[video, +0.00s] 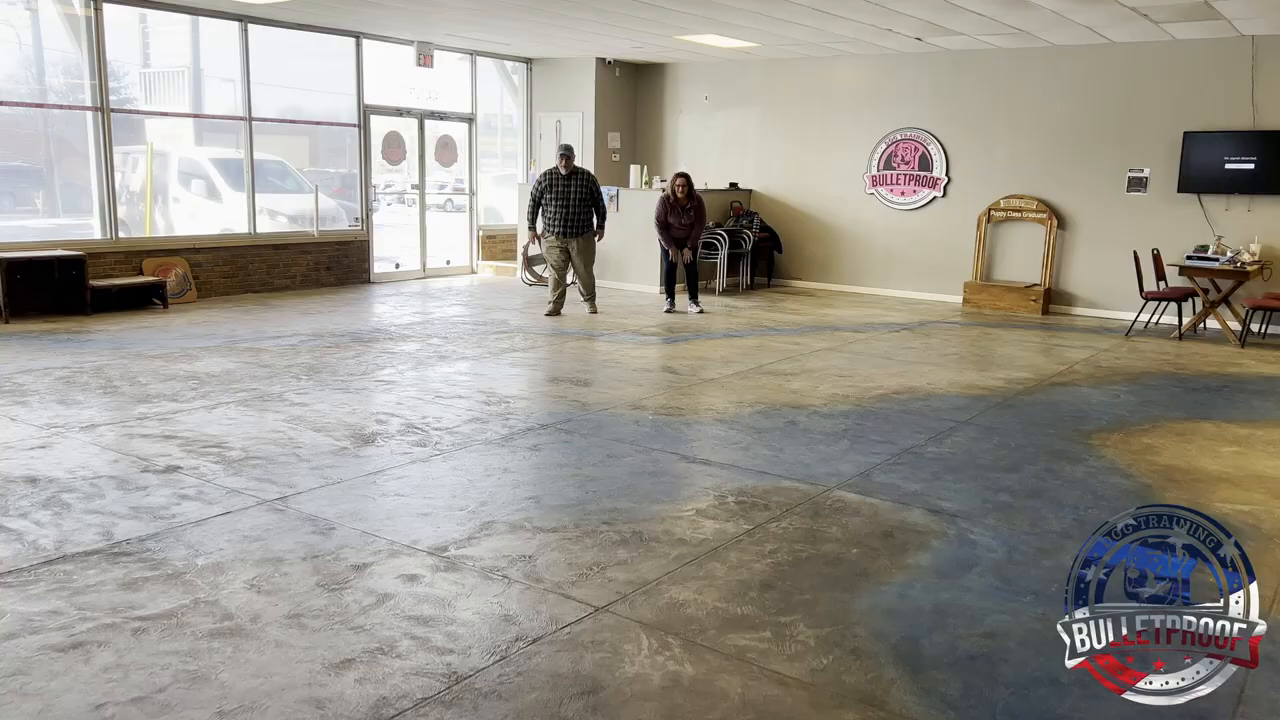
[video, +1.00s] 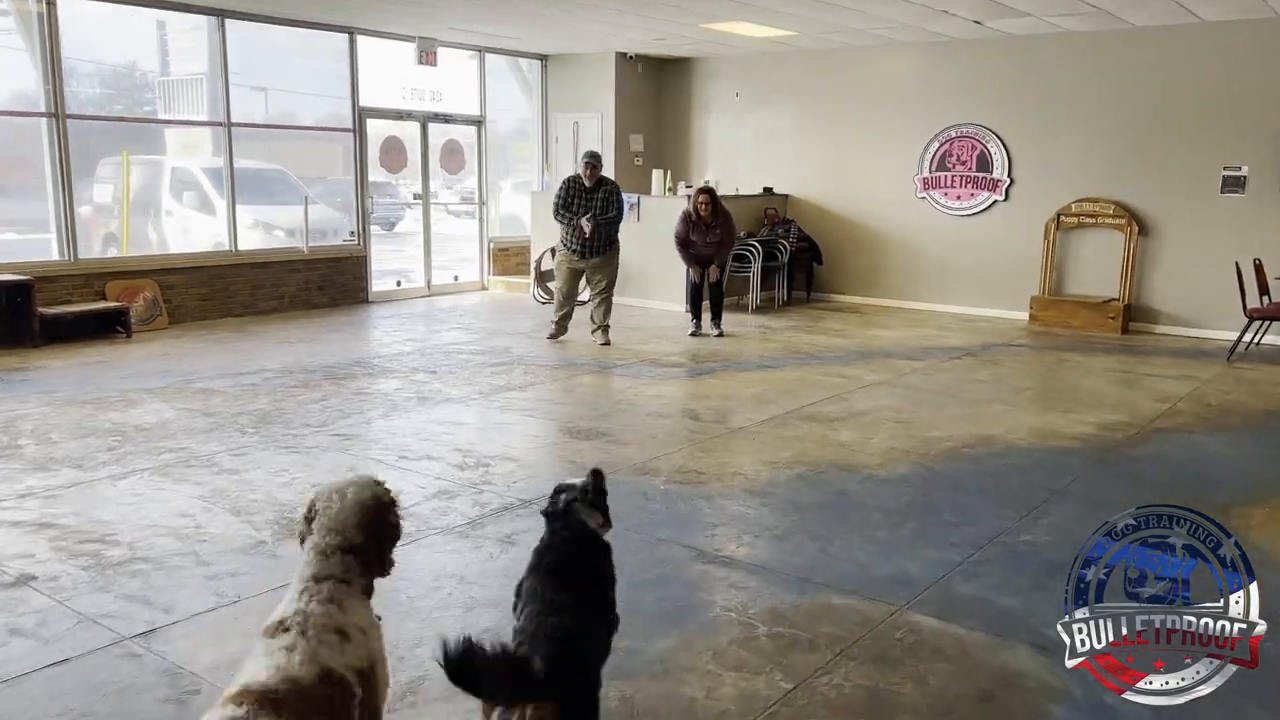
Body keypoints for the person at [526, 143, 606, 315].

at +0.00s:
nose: (564, 161)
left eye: (567, 158)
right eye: (561, 158)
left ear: (574, 159)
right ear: (556, 159)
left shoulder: (587, 178)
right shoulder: (546, 178)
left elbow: (599, 203)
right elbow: (533, 202)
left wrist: (600, 225)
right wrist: (531, 228)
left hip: (582, 236)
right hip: (553, 236)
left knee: (585, 272)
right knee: (555, 273)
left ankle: (590, 302)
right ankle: (554, 305)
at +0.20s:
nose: (567, 166)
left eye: (570, 162)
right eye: (563, 162)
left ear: (576, 163)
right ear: (559, 163)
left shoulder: (590, 182)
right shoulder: (548, 183)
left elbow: (605, 206)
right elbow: (534, 208)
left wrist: (608, 228)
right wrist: (529, 232)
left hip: (589, 242)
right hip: (559, 243)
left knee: (593, 278)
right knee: (563, 281)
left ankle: (595, 303)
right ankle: (563, 313)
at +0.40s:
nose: (572, 169)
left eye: (576, 165)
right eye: (570, 165)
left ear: (583, 167)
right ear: (565, 166)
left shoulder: (596, 185)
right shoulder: (554, 186)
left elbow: (609, 206)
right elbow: (543, 209)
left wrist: (610, 226)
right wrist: (541, 228)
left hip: (593, 245)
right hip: (564, 247)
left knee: (598, 283)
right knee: (568, 285)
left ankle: (602, 318)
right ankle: (568, 318)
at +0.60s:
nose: (582, 172)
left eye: (586, 169)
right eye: (579, 168)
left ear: (592, 171)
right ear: (575, 169)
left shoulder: (603, 190)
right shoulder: (564, 188)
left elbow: (607, 217)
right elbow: (553, 214)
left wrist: (587, 224)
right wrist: (570, 224)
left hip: (596, 251)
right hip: (568, 251)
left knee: (599, 290)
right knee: (570, 291)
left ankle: (603, 325)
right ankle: (570, 323)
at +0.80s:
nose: (588, 172)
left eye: (593, 168)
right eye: (585, 167)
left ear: (599, 170)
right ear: (580, 168)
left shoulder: (610, 190)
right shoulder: (569, 186)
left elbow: (613, 219)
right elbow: (557, 212)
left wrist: (593, 225)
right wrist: (575, 223)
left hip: (601, 252)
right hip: (571, 252)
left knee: (602, 293)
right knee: (570, 293)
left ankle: (603, 329)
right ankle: (568, 326)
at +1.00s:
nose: (589, 172)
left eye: (594, 168)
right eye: (586, 166)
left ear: (600, 169)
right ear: (579, 167)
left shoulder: (611, 188)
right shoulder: (569, 184)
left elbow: (617, 216)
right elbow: (558, 212)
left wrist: (594, 223)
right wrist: (577, 222)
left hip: (602, 253)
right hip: (570, 251)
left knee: (603, 293)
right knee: (563, 291)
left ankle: (601, 331)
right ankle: (559, 326)